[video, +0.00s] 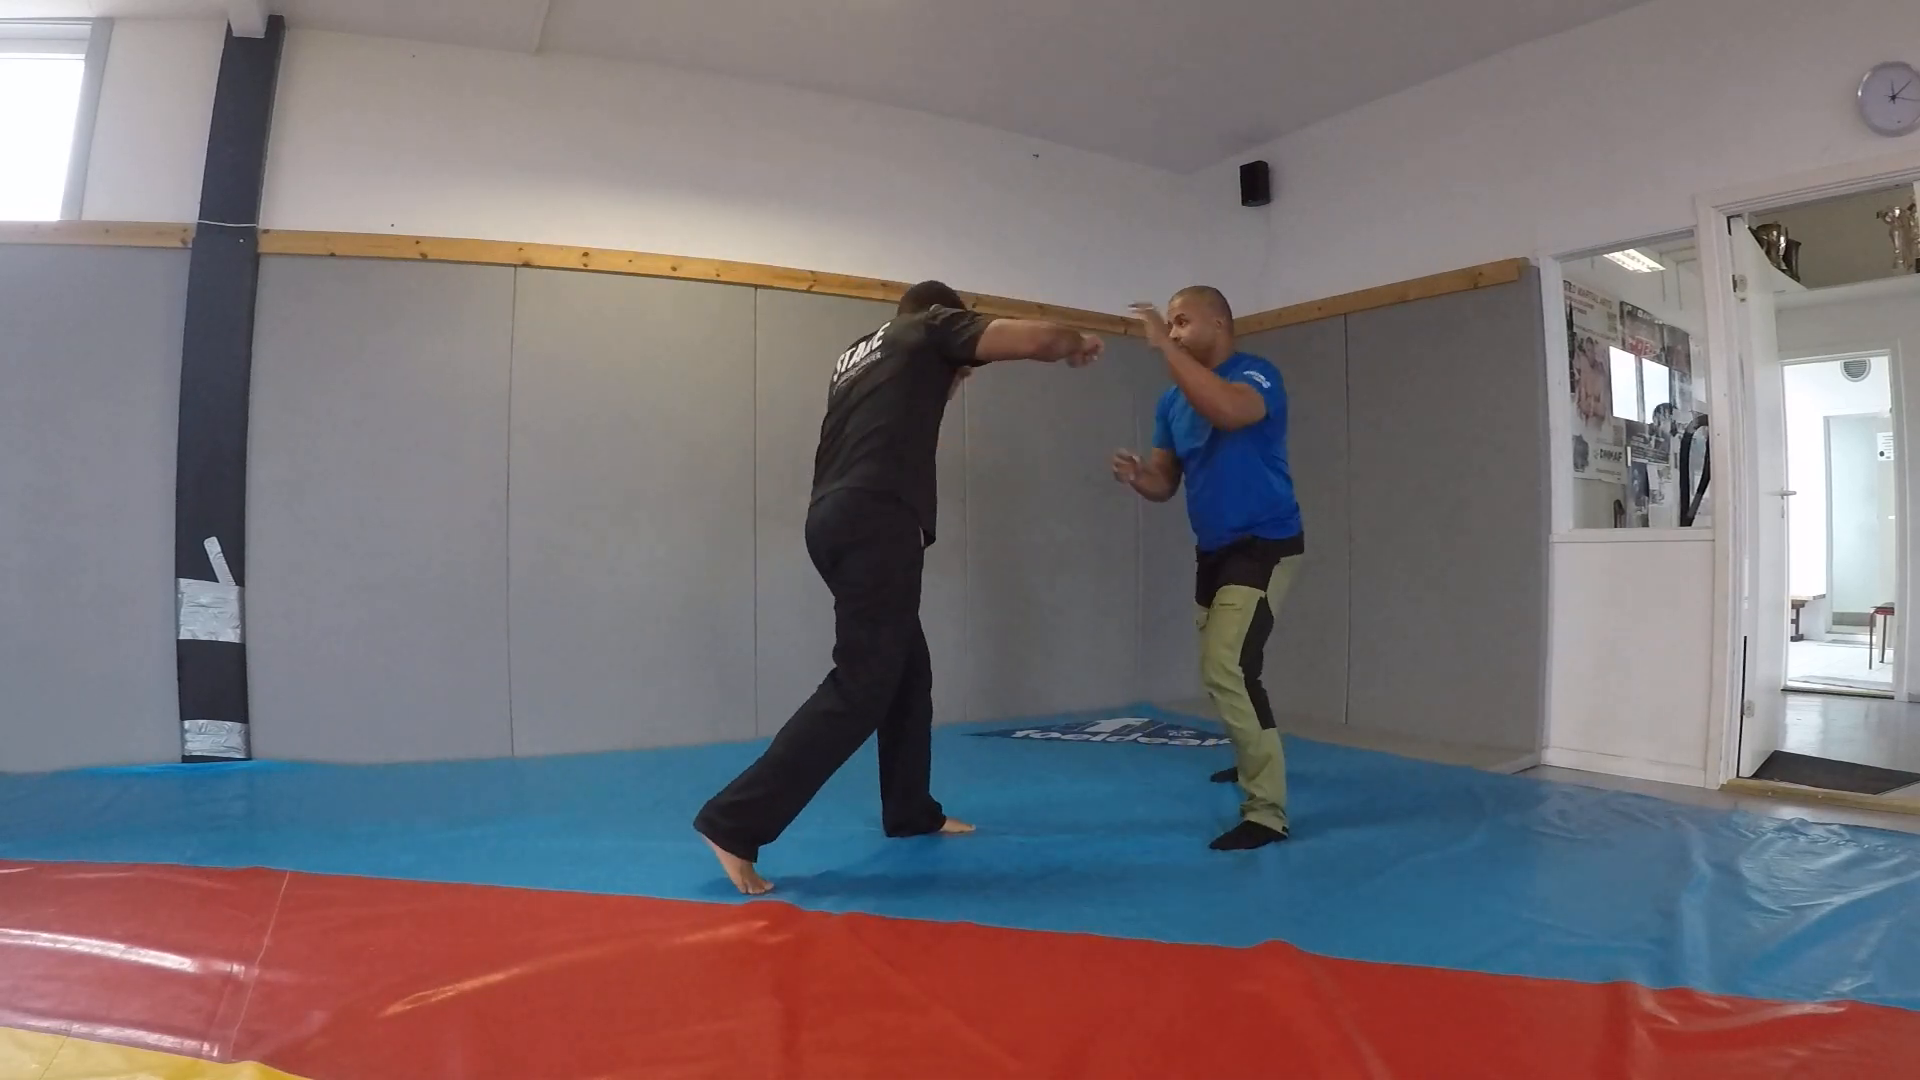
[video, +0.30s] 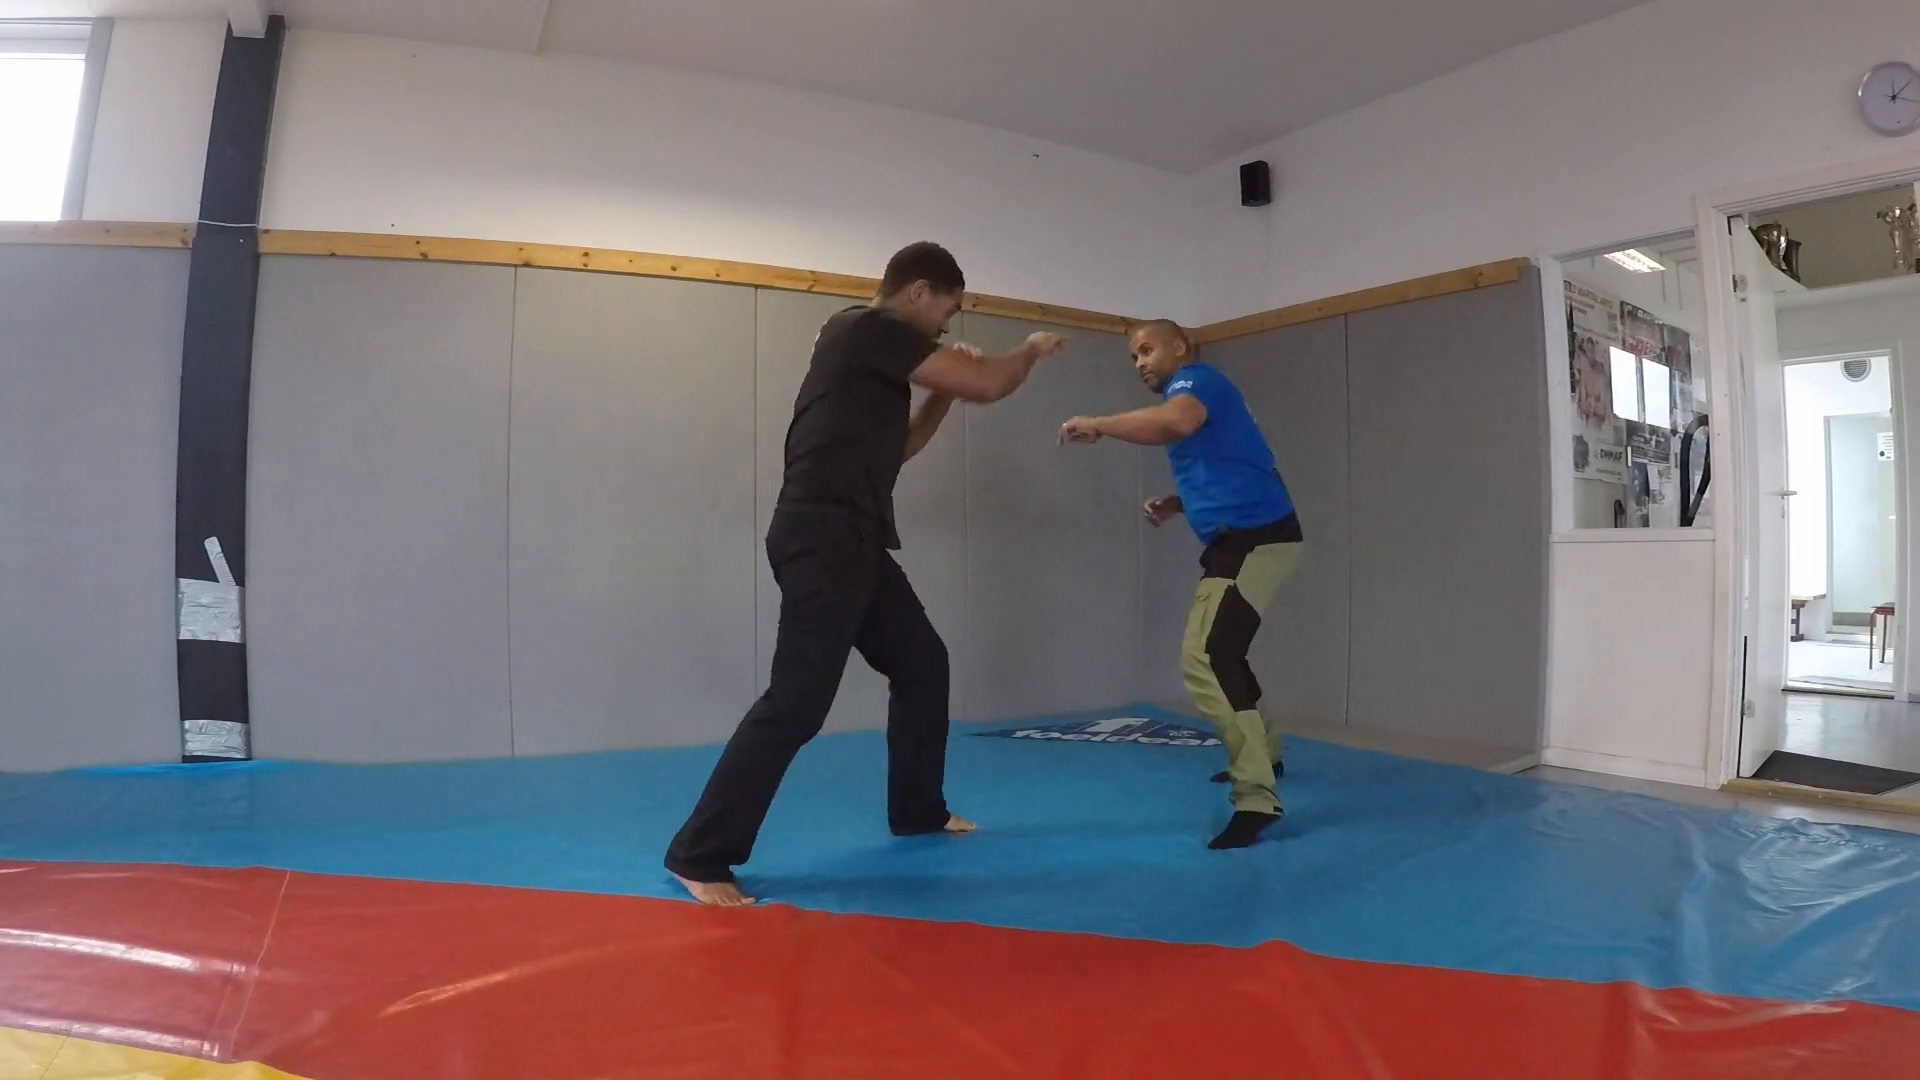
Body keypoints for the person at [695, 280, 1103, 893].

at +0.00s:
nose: (964, 366)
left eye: (965, 354)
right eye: (963, 335)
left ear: (904, 311)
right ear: (947, 316)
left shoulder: (858, 354)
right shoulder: (930, 325)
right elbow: (1040, 338)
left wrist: (952, 370)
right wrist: (1072, 344)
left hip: (832, 521)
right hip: (876, 517)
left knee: (909, 670)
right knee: (866, 681)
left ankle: (910, 812)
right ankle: (734, 824)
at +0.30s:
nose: (946, 326)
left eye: (949, 316)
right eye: (946, 310)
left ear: (902, 291)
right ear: (919, 291)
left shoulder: (859, 350)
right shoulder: (868, 329)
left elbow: (897, 450)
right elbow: (985, 382)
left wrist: (945, 389)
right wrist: (1030, 352)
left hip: (852, 542)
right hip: (824, 538)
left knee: (923, 665)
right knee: (797, 700)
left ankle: (918, 811)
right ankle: (699, 857)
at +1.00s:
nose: (950, 324)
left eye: (954, 315)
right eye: (950, 312)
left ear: (896, 293)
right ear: (926, 294)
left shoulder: (827, 346)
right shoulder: (915, 343)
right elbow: (1013, 423)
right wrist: (1062, 420)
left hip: (816, 538)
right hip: (841, 544)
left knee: (914, 669)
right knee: (805, 712)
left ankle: (939, 811)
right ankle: (708, 874)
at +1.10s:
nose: (946, 319)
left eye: (950, 308)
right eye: (944, 304)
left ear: (892, 290)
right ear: (911, 288)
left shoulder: (827, 342)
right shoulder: (904, 340)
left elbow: (817, 445)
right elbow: (976, 447)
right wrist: (1025, 463)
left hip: (829, 539)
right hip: (843, 542)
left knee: (922, 668)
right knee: (801, 709)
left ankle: (930, 812)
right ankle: (711, 873)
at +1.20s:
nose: (941, 323)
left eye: (947, 313)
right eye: (939, 306)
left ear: (897, 289)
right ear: (903, 284)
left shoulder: (865, 339)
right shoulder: (873, 340)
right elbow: (916, 463)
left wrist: (955, 344)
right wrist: (976, 477)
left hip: (859, 543)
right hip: (830, 537)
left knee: (929, 668)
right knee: (807, 703)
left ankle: (931, 813)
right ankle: (714, 870)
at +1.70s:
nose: (882, 335)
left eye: (886, 325)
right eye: (883, 321)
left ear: (832, 302)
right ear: (859, 305)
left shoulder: (786, 347)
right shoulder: (819, 352)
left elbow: (813, 418)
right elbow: (881, 444)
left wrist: (859, 375)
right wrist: (917, 392)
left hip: (773, 541)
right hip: (762, 543)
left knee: (855, 651)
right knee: (755, 706)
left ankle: (851, 797)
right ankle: (657, 860)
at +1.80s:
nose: (864, 333)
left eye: (864, 327)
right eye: (864, 324)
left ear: (812, 314)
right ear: (850, 312)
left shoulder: (761, 359)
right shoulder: (834, 345)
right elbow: (917, 376)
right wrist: (923, 341)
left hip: (747, 535)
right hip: (780, 539)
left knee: (832, 665)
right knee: (765, 700)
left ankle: (818, 799)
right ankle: (657, 853)